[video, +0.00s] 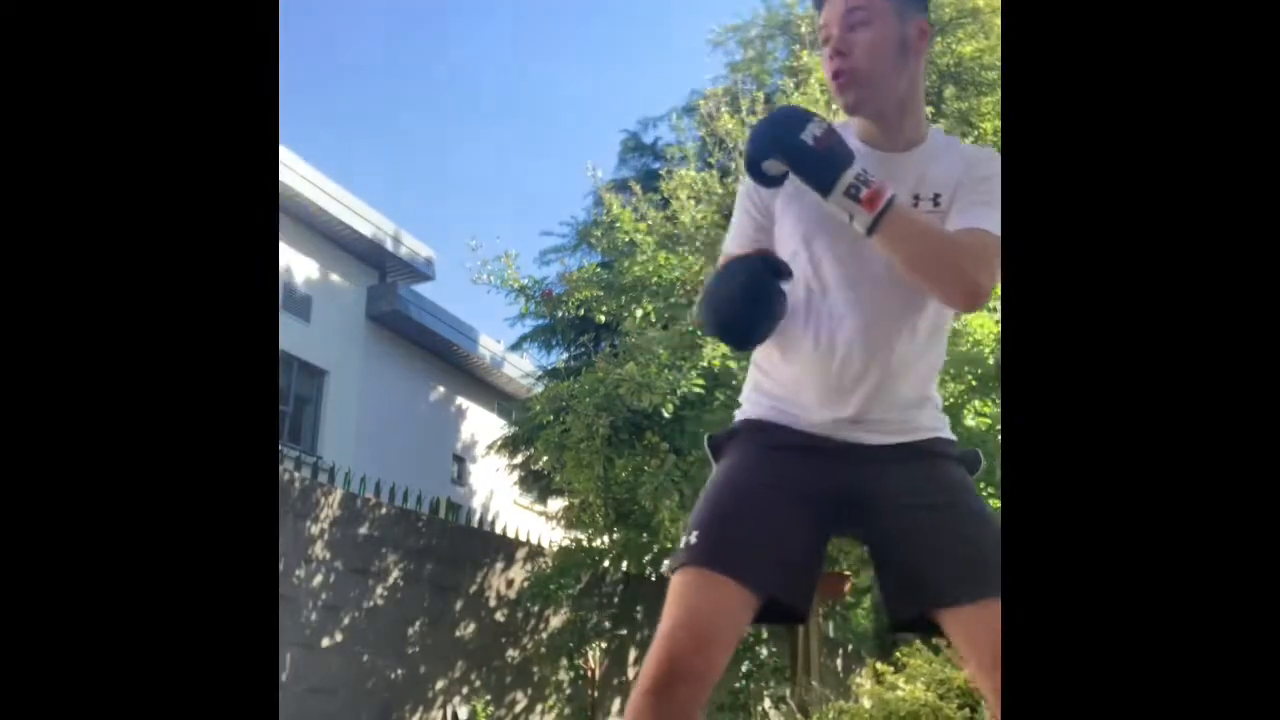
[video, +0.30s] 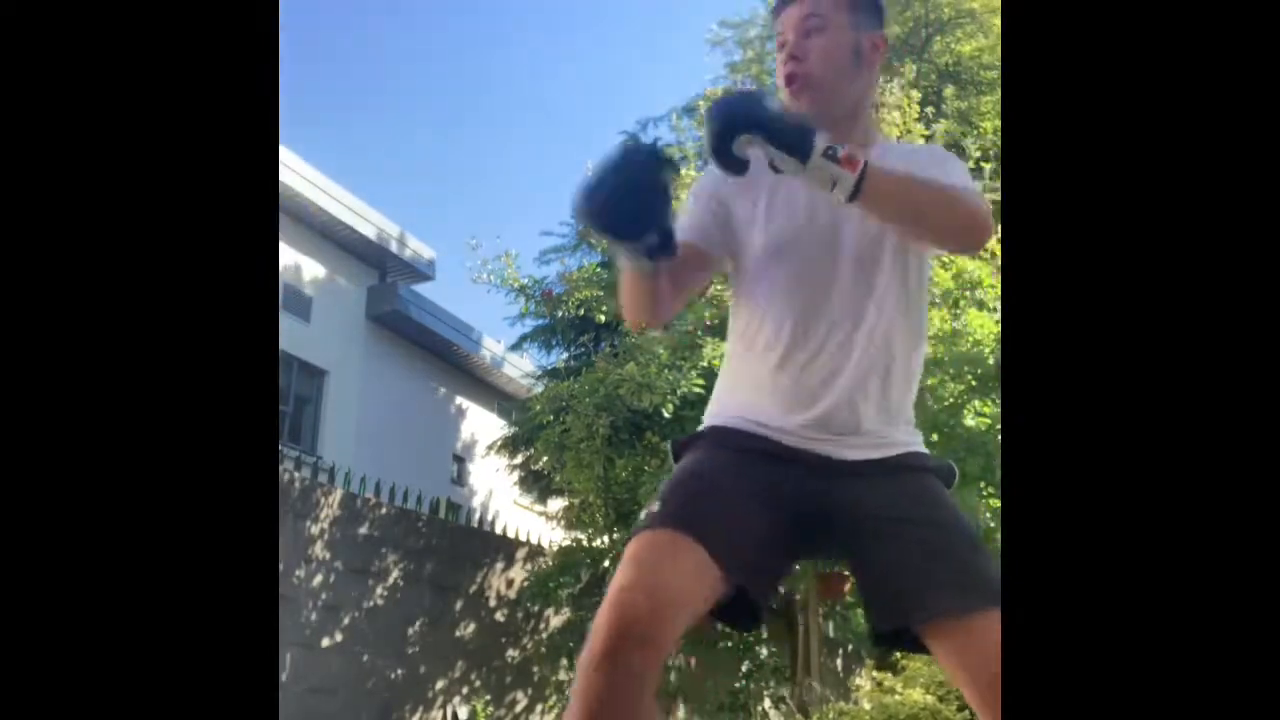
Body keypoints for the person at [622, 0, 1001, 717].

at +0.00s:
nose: (833, 50)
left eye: (856, 26)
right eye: (826, 38)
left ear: (919, 36)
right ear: (819, 58)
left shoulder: (976, 170)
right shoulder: (783, 158)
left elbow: (969, 283)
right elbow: (735, 284)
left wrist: (850, 189)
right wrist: (736, 303)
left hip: (910, 441)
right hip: (777, 433)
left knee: (1003, 669)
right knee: (672, 672)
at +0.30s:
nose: (787, 54)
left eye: (813, 32)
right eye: (780, 41)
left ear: (874, 51)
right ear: (771, 63)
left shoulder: (922, 165)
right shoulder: (737, 176)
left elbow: (972, 230)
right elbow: (646, 312)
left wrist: (814, 155)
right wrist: (639, 239)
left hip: (884, 455)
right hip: (747, 442)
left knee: (995, 677)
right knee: (624, 632)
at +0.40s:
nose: (698, 25)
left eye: (722, 6)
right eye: (692, 13)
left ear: (784, 21)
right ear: (689, 37)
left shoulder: (845, 142)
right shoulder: (664, 134)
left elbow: (964, 162)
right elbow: (500, 177)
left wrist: (868, 73)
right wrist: (470, 59)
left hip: (828, 451)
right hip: (692, 440)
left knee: (937, 685)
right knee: (591, 653)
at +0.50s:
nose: (632, 17)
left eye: (655, 0)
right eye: (627, 7)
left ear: (721, 17)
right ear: (621, 29)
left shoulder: (772, 144)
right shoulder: (599, 121)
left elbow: (900, 139)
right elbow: (438, 133)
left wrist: (819, 40)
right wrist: (416, 17)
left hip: (747, 441)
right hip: (624, 427)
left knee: (868, 677)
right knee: (558, 641)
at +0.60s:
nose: (644, 20)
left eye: (667, 7)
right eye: (624, 9)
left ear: (705, 19)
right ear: (605, 24)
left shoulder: (737, 142)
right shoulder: (576, 117)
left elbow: (825, 206)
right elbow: (439, 228)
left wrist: (721, 103)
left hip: (695, 431)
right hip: (577, 408)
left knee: (794, 679)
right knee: (510, 636)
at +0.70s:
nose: (618, 38)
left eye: (639, 19)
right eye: (609, 28)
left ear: (696, 34)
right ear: (600, 48)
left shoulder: (731, 167)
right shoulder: (565, 138)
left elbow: (761, 264)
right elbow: (463, 273)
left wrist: (644, 165)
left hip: (659, 434)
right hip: (551, 401)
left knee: (709, 690)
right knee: (508, 637)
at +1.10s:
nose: (598, 105)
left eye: (622, 92)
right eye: (589, 97)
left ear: (666, 119)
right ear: (577, 119)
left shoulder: (673, 227)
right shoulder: (526, 187)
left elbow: (701, 285)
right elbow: (397, 290)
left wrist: (593, 197)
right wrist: (438, 259)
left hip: (587, 459)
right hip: (484, 416)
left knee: (634, 697)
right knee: (421, 617)